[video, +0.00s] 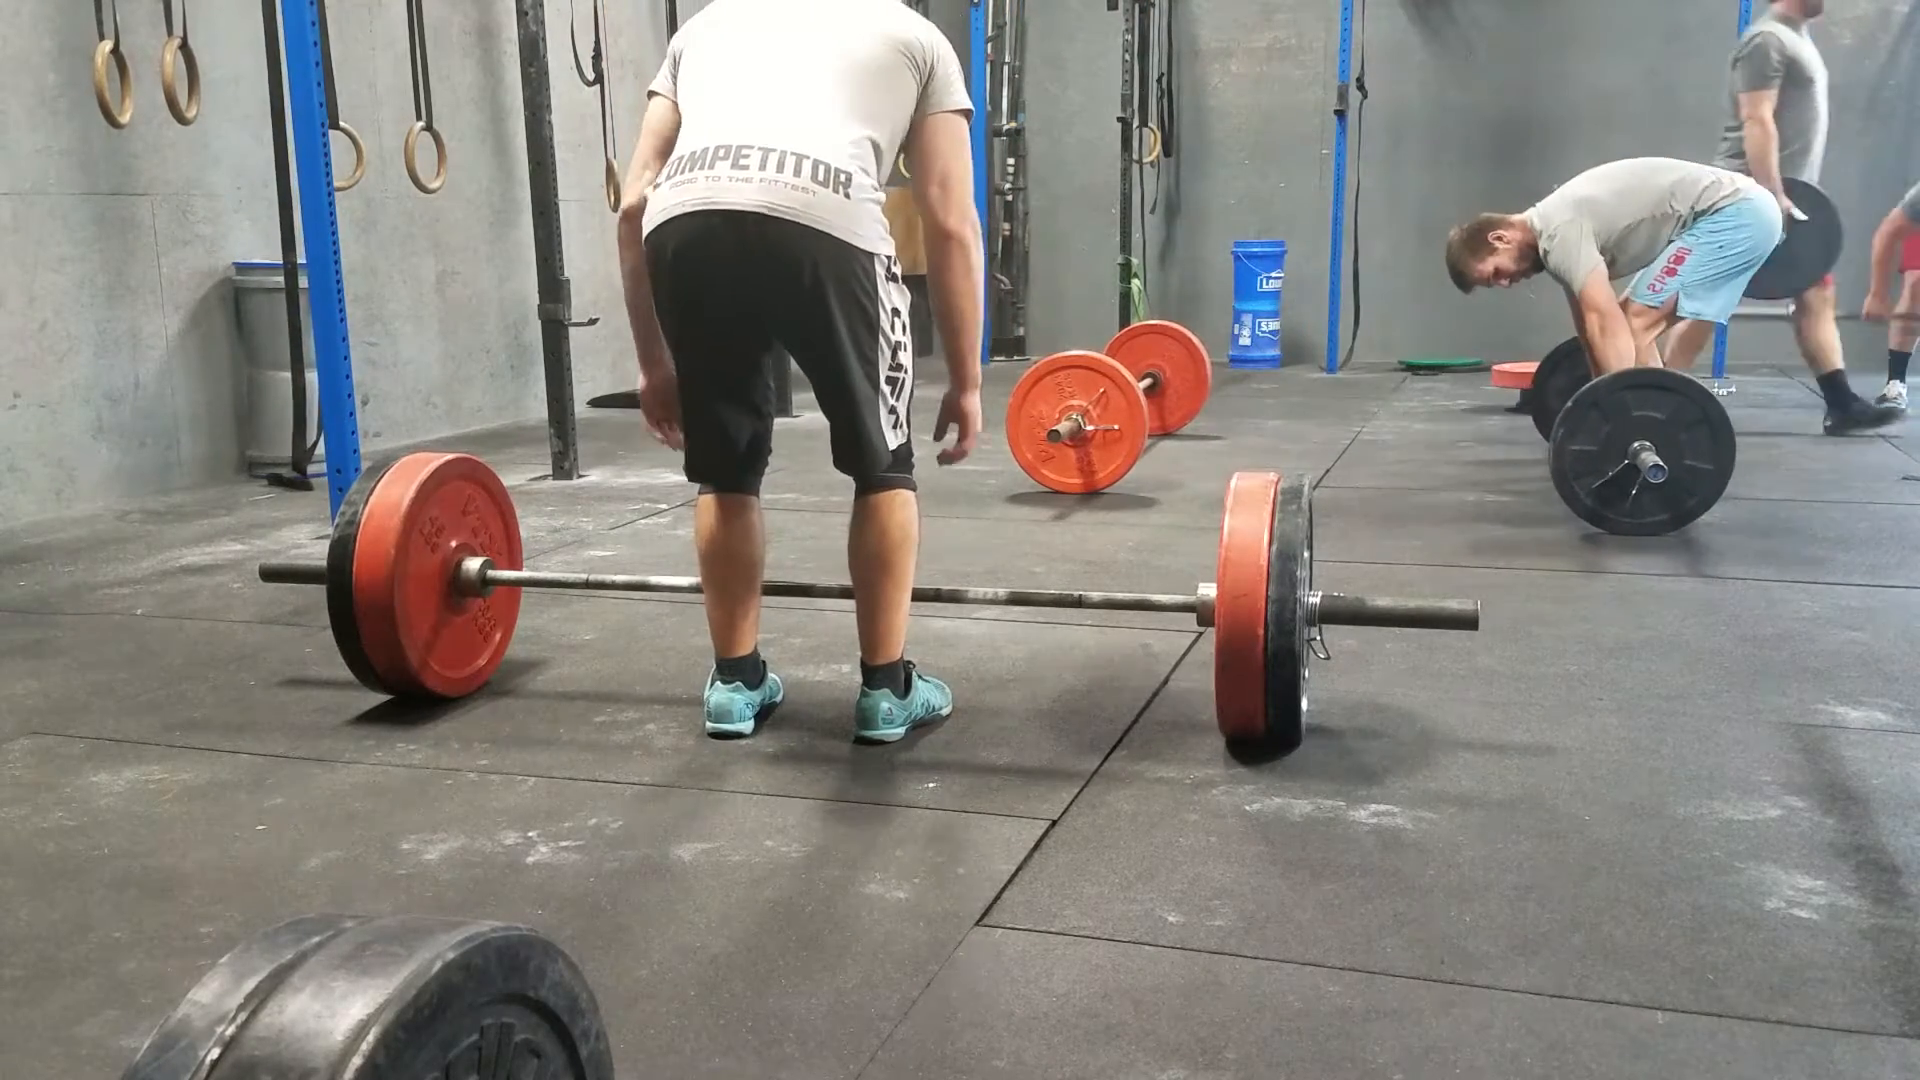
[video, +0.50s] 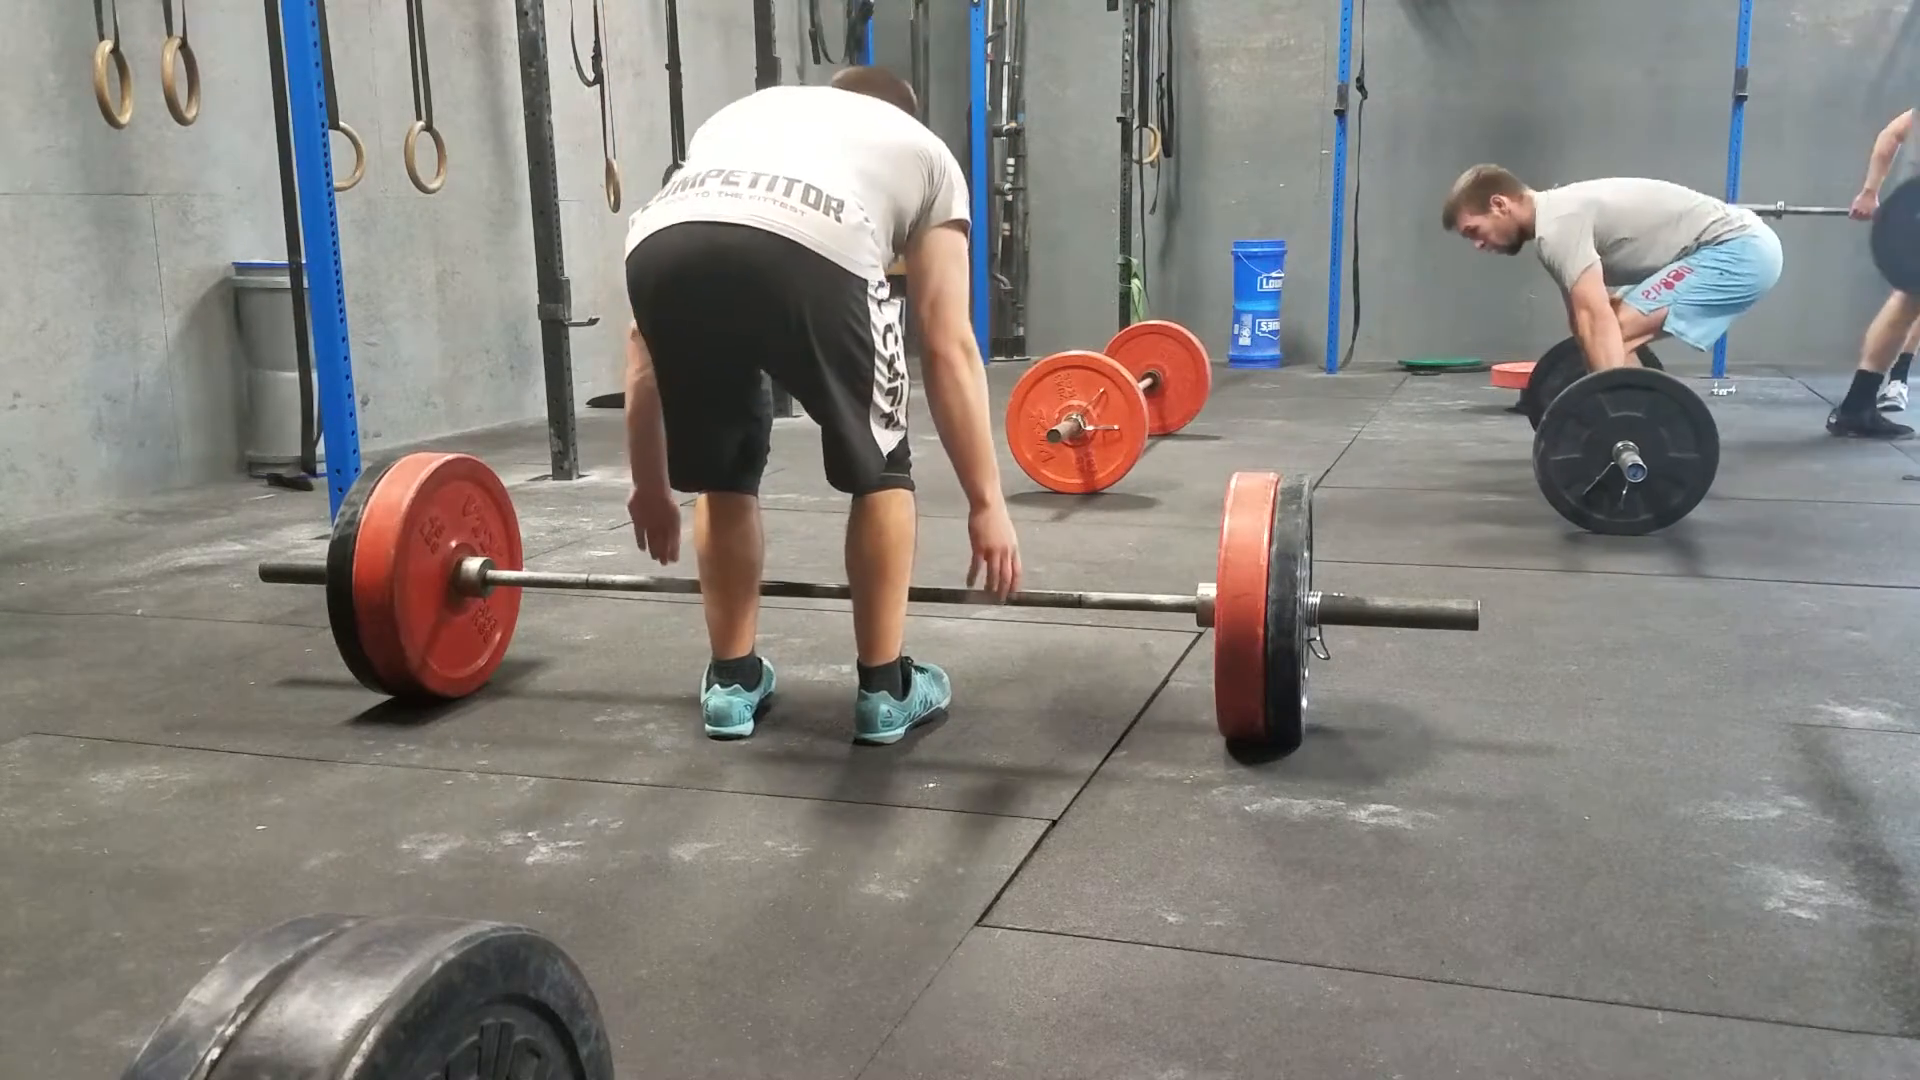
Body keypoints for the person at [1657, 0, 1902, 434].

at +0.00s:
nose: (1823, 1)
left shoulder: (1794, 39)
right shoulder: (1764, 41)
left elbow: (1783, 124)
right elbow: (1756, 121)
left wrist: (1795, 192)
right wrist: (1772, 195)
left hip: (1789, 197)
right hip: (1752, 197)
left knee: (1818, 291)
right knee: (1705, 300)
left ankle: (1842, 403)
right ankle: (1661, 397)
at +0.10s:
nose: (1864, 1)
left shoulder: (1839, 37)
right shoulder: (1807, 37)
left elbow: (1829, 120)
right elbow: (1793, 114)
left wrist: (1847, 190)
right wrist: (1805, 192)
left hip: (1841, 194)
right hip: (1807, 194)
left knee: (1858, 292)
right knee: (1773, 301)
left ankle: (1852, 407)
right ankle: (1688, 376)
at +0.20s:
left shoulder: (1880, 35)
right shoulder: (1847, 27)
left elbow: (1884, 125)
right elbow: (1829, 104)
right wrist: (1840, 182)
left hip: (1879, 197)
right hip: (1854, 196)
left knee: (1873, 295)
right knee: (1860, 296)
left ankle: (1854, 408)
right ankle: (1750, 365)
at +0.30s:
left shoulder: (1905, 26)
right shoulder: (1885, 21)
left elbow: (1867, 98)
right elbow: (1863, 97)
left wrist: (1879, 176)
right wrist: (1873, 176)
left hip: (1906, 178)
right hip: (1891, 178)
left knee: (1890, 284)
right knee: (1900, 283)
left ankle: (1853, 390)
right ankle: (1844, 383)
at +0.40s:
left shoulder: (1910, 22)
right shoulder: (1911, 21)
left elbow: (1900, 102)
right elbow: (1900, 101)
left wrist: (1905, 181)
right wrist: (1906, 181)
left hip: (1906, 181)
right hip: (1902, 179)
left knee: (1897, 289)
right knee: (1900, 289)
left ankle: (1856, 406)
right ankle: (1856, 405)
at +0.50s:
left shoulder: (1913, 115)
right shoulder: (1914, 114)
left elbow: (1890, 135)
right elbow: (1891, 134)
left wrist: (1869, 191)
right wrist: (1870, 191)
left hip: (1909, 225)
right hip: (1911, 224)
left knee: (1906, 299)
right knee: (1907, 298)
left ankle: (1857, 405)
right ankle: (1857, 405)